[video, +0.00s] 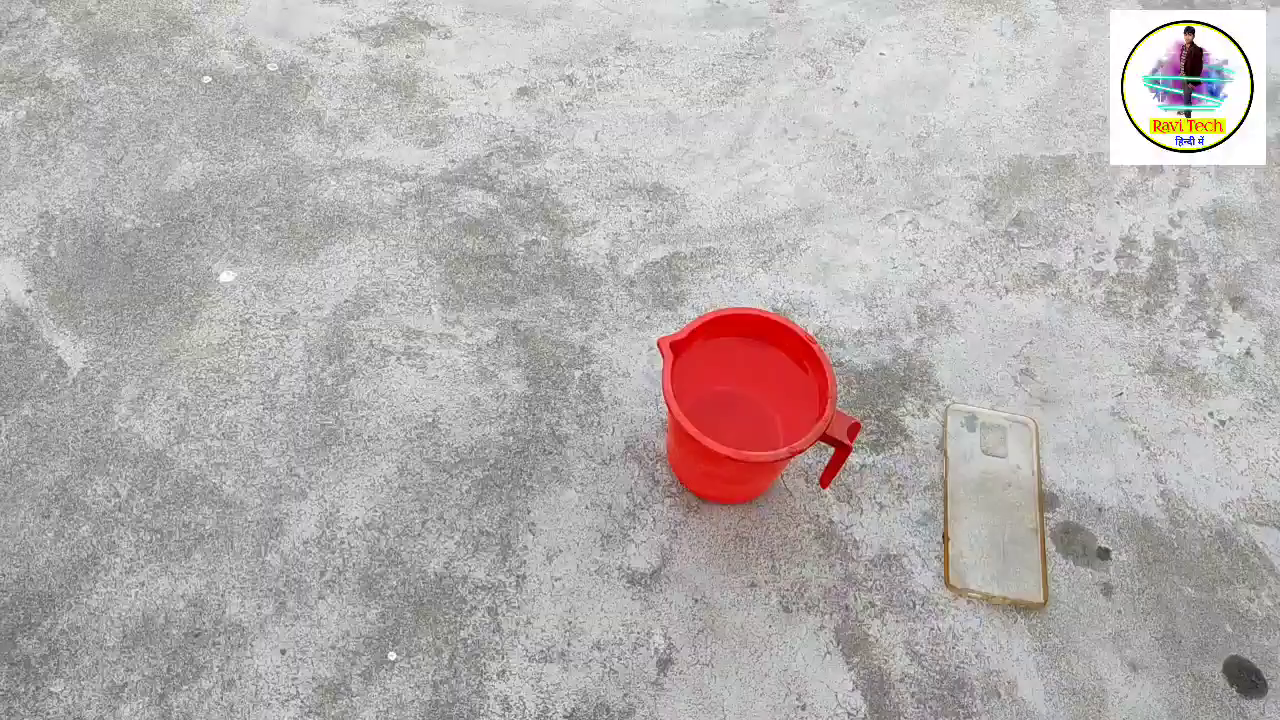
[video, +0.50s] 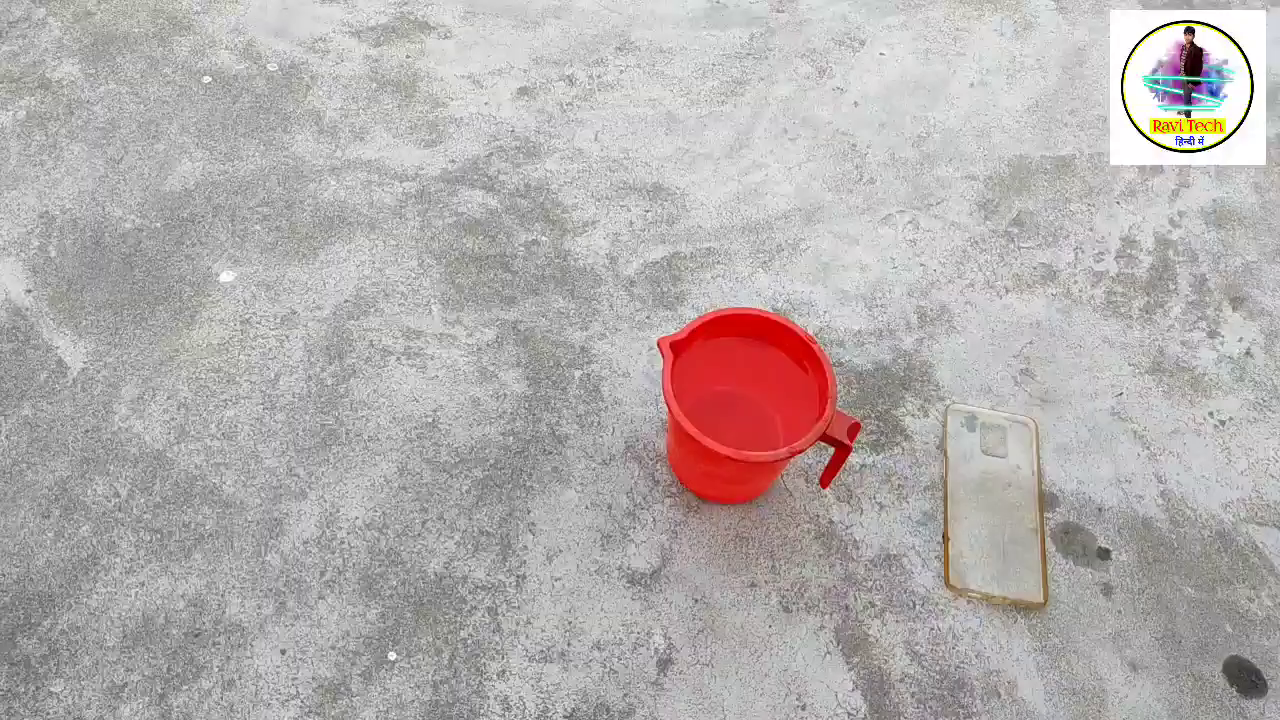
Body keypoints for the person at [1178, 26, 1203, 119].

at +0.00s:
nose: (1187, 37)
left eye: (1189, 35)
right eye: (1185, 34)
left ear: (1193, 36)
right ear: (1183, 36)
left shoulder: (1197, 50)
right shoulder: (1183, 48)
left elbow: (1198, 67)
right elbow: (1182, 61)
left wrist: (1194, 81)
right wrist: (1181, 72)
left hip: (1191, 76)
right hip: (1183, 75)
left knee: (1187, 96)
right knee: (1185, 96)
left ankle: (1188, 115)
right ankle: (1186, 113)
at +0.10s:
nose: (1187, 37)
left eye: (1189, 35)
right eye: (1185, 34)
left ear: (1193, 36)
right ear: (1183, 36)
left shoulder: (1197, 50)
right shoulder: (1183, 48)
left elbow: (1198, 67)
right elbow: (1182, 61)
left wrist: (1194, 81)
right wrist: (1181, 72)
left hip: (1191, 76)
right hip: (1183, 75)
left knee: (1187, 96)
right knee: (1185, 96)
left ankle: (1188, 115)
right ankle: (1186, 113)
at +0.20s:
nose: (1187, 37)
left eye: (1189, 35)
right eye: (1185, 34)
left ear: (1193, 36)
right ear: (1183, 36)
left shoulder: (1197, 50)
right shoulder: (1183, 48)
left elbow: (1198, 67)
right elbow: (1182, 61)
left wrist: (1194, 81)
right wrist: (1181, 72)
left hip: (1191, 76)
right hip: (1183, 75)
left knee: (1187, 96)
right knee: (1185, 96)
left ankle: (1188, 115)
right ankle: (1185, 112)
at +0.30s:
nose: (1187, 37)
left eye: (1189, 35)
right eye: (1185, 34)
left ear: (1193, 36)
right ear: (1183, 36)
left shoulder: (1197, 50)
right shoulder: (1183, 48)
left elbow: (1198, 67)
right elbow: (1182, 61)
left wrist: (1194, 81)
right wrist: (1181, 72)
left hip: (1191, 76)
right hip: (1183, 75)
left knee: (1187, 96)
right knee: (1185, 96)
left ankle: (1188, 115)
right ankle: (1185, 112)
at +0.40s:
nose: (1187, 37)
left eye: (1189, 35)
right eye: (1185, 34)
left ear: (1193, 36)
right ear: (1183, 36)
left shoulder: (1197, 50)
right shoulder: (1183, 48)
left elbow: (1198, 67)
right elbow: (1182, 61)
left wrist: (1194, 81)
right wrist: (1181, 72)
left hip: (1191, 76)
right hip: (1183, 75)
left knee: (1187, 96)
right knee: (1185, 96)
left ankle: (1188, 115)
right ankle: (1185, 112)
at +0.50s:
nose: (1187, 37)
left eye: (1189, 35)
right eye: (1185, 34)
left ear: (1193, 36)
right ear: (1183, 36)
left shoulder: (1197, 50)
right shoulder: (1183, 48)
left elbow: (1198, 67)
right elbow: (1182, 61)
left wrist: (1194, 81)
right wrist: (1181, 72)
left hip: (1191, 76)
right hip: (1183, 75)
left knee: (1187, 96)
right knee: (1185, 96)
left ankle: (1188, 115)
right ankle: (1185, 112)